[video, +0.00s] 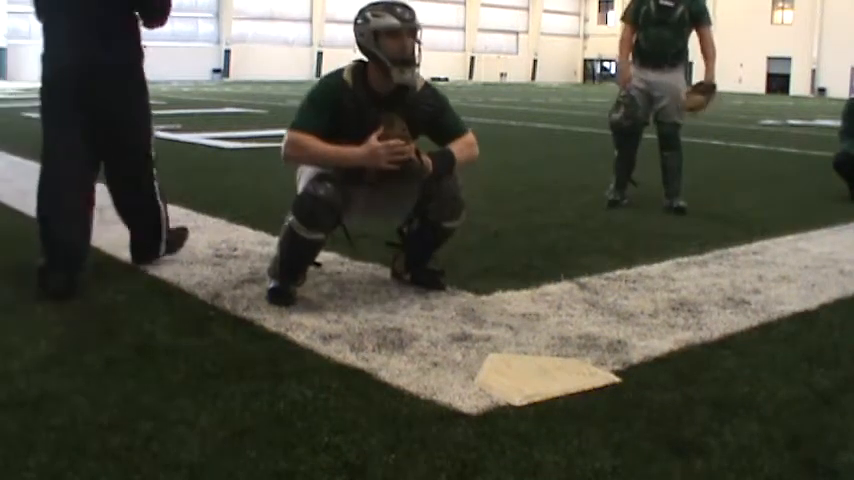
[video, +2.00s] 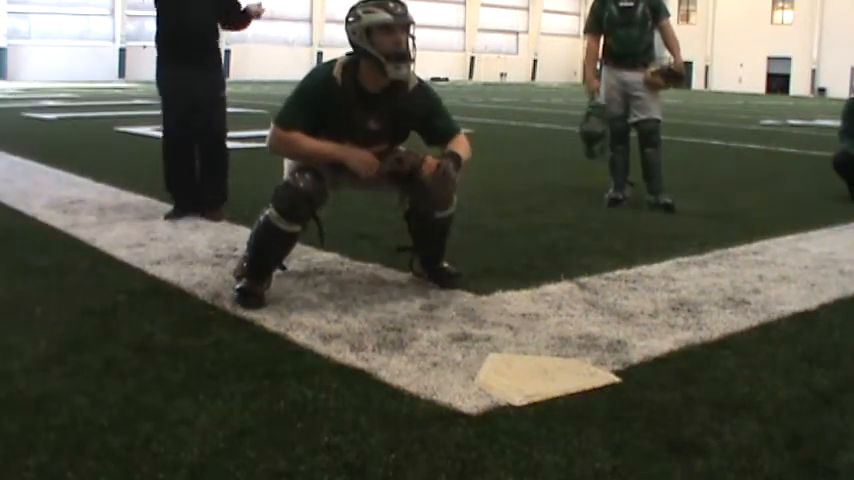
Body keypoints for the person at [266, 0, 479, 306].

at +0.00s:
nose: (406, 46)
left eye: (410, 37)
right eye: (394, 37)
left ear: (417, 40)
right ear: (369, 42)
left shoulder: (421, 95)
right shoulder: (334, 89)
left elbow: (469, 147)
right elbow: (293, 148)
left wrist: (429, 163)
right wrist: (362, 156)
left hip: (392, 187)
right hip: (337, 185)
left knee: (445, 190)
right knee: (322, 193)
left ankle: (412, 266)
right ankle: (285, 278)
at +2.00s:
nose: (401, 42)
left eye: (404, 32)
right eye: (388, 32)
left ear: (409, 35)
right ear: (363, 38)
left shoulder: (412, 90)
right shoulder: (325, 80)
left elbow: (459, 141)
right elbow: (279, 139)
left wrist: (448, 163)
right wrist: (346, 154)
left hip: (379, 164)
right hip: (321, 161)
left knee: (436, 179)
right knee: (302, 189)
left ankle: (430, 263)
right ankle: (253, 277)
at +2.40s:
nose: (400, 43)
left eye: (403, 34)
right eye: (388, 35)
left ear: (409, 36)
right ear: (362, 40)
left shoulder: (413, 91)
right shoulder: (325, 83)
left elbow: (456, 139)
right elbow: (280, 143)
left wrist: (458, 162)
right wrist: (348, 155)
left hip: (382, 165)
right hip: (321, 164)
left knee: (436, 182)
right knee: (305, 192)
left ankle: (430, 263)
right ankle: (254, 277)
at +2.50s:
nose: (400, 44)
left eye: (403, 35)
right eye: (388, 36)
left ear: (409, 37)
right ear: (362, 41)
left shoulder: (413, 92)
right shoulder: (325, 83)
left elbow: (456, 140)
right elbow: (280, 143)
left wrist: (456, 164)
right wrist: (348, 157)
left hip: (382, 166)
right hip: (322, 165)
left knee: (436, 181)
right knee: (305, 193)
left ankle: (430, 264)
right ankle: (254, 278)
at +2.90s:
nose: (402, 60)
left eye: (408, 50)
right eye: (392, 50)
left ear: (415, 46)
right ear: (368, 44)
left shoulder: (418, 81)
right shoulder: (331, 70)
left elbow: (442, 138)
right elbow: (300, 141)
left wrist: (433, 184)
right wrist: (351, 195)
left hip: (375, 153)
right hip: (319, 150)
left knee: (436, 193)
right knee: (304, 192)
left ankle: (431, 264)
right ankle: (253, 277)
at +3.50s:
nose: (358, 98)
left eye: (365, 90)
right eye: (348, 90)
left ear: (377, 75)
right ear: (327, 74)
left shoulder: (387, 89)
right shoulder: (289, 93)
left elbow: (402, 131)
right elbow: (247, 124)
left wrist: (389, 163)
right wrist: (291, 166)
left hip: (375, 192)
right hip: (318, 197)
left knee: (431, 281)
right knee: (290, 297)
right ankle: (251, 264)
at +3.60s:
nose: (350, 95)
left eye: (358, 87)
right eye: (340, 87)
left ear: (372, 70)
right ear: (318, 71)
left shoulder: (384, 77)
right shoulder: (286, 94)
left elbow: (396, 118)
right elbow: (246, 140)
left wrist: (388, 158)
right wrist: (281, 188)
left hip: (377, 182)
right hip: (322, 194)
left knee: (450, 250)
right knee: (287, 297)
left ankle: (412, 245)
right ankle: (251, 266)